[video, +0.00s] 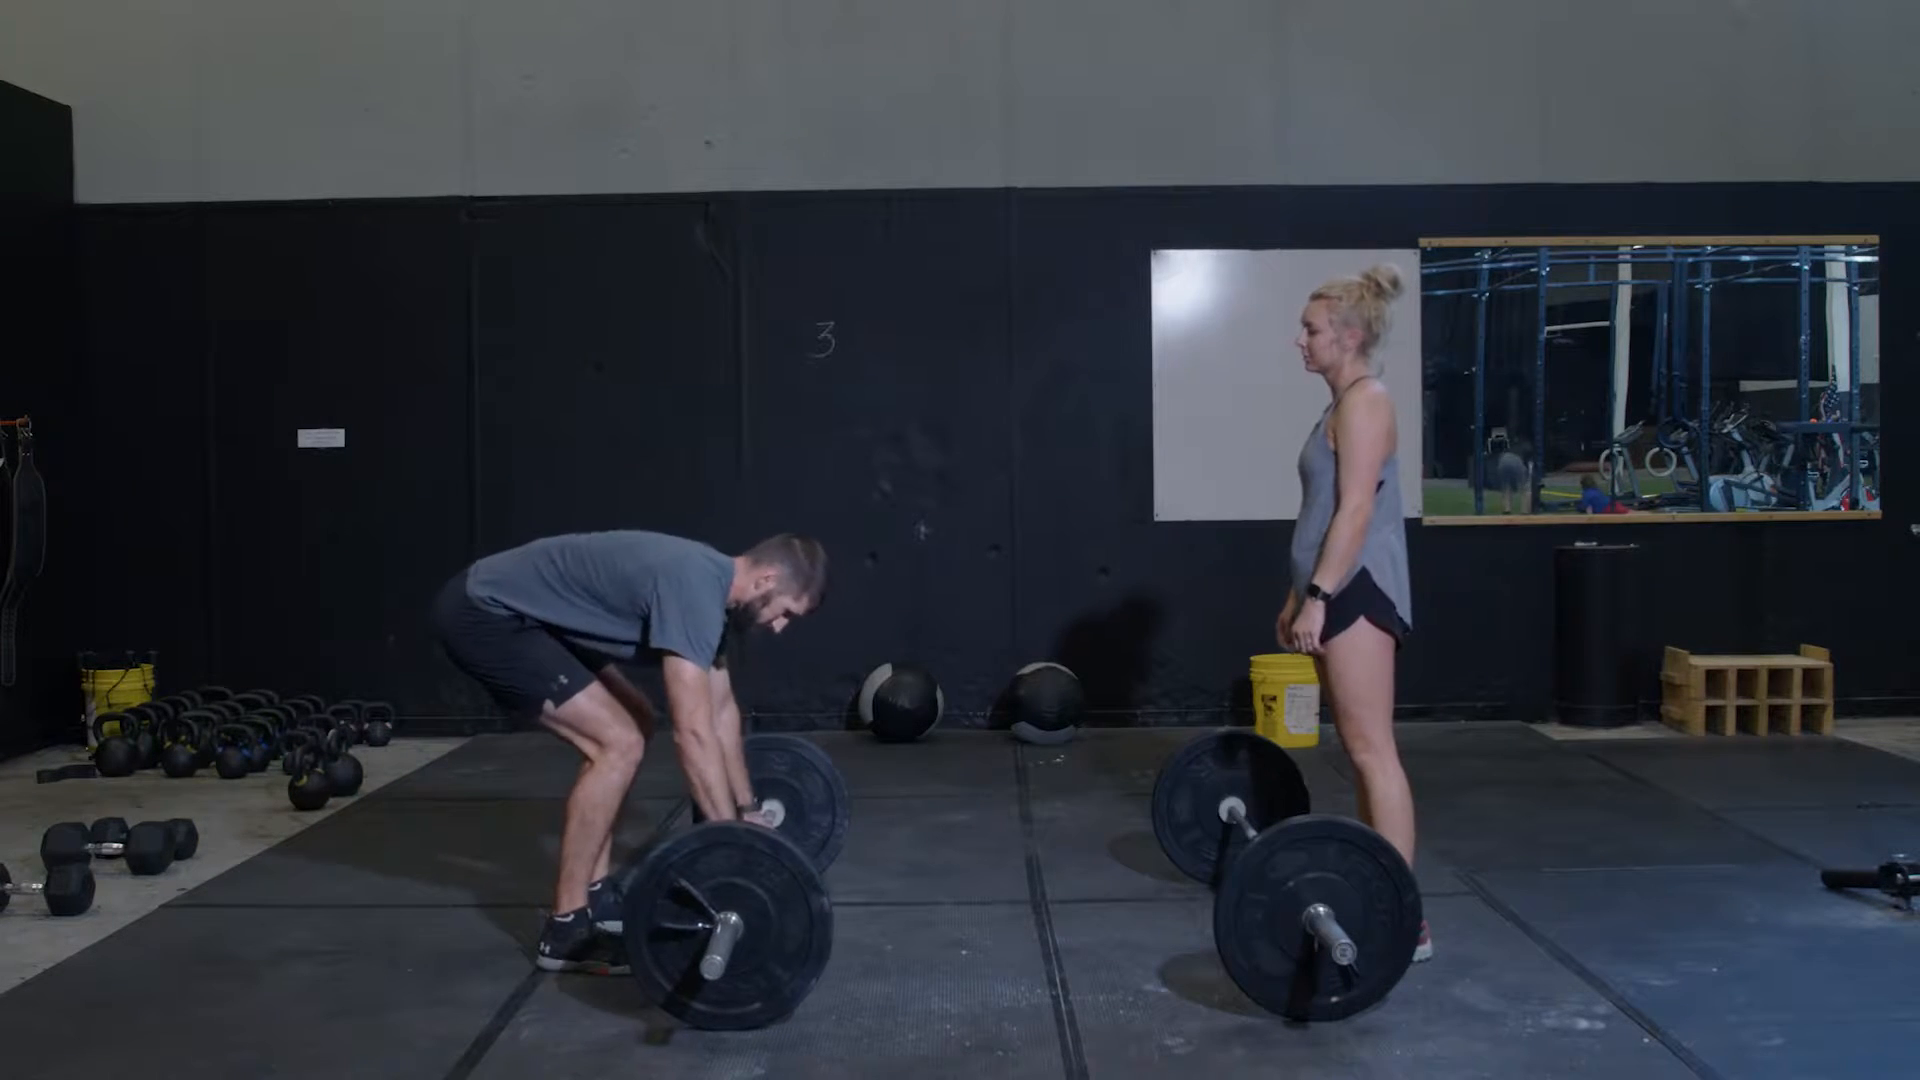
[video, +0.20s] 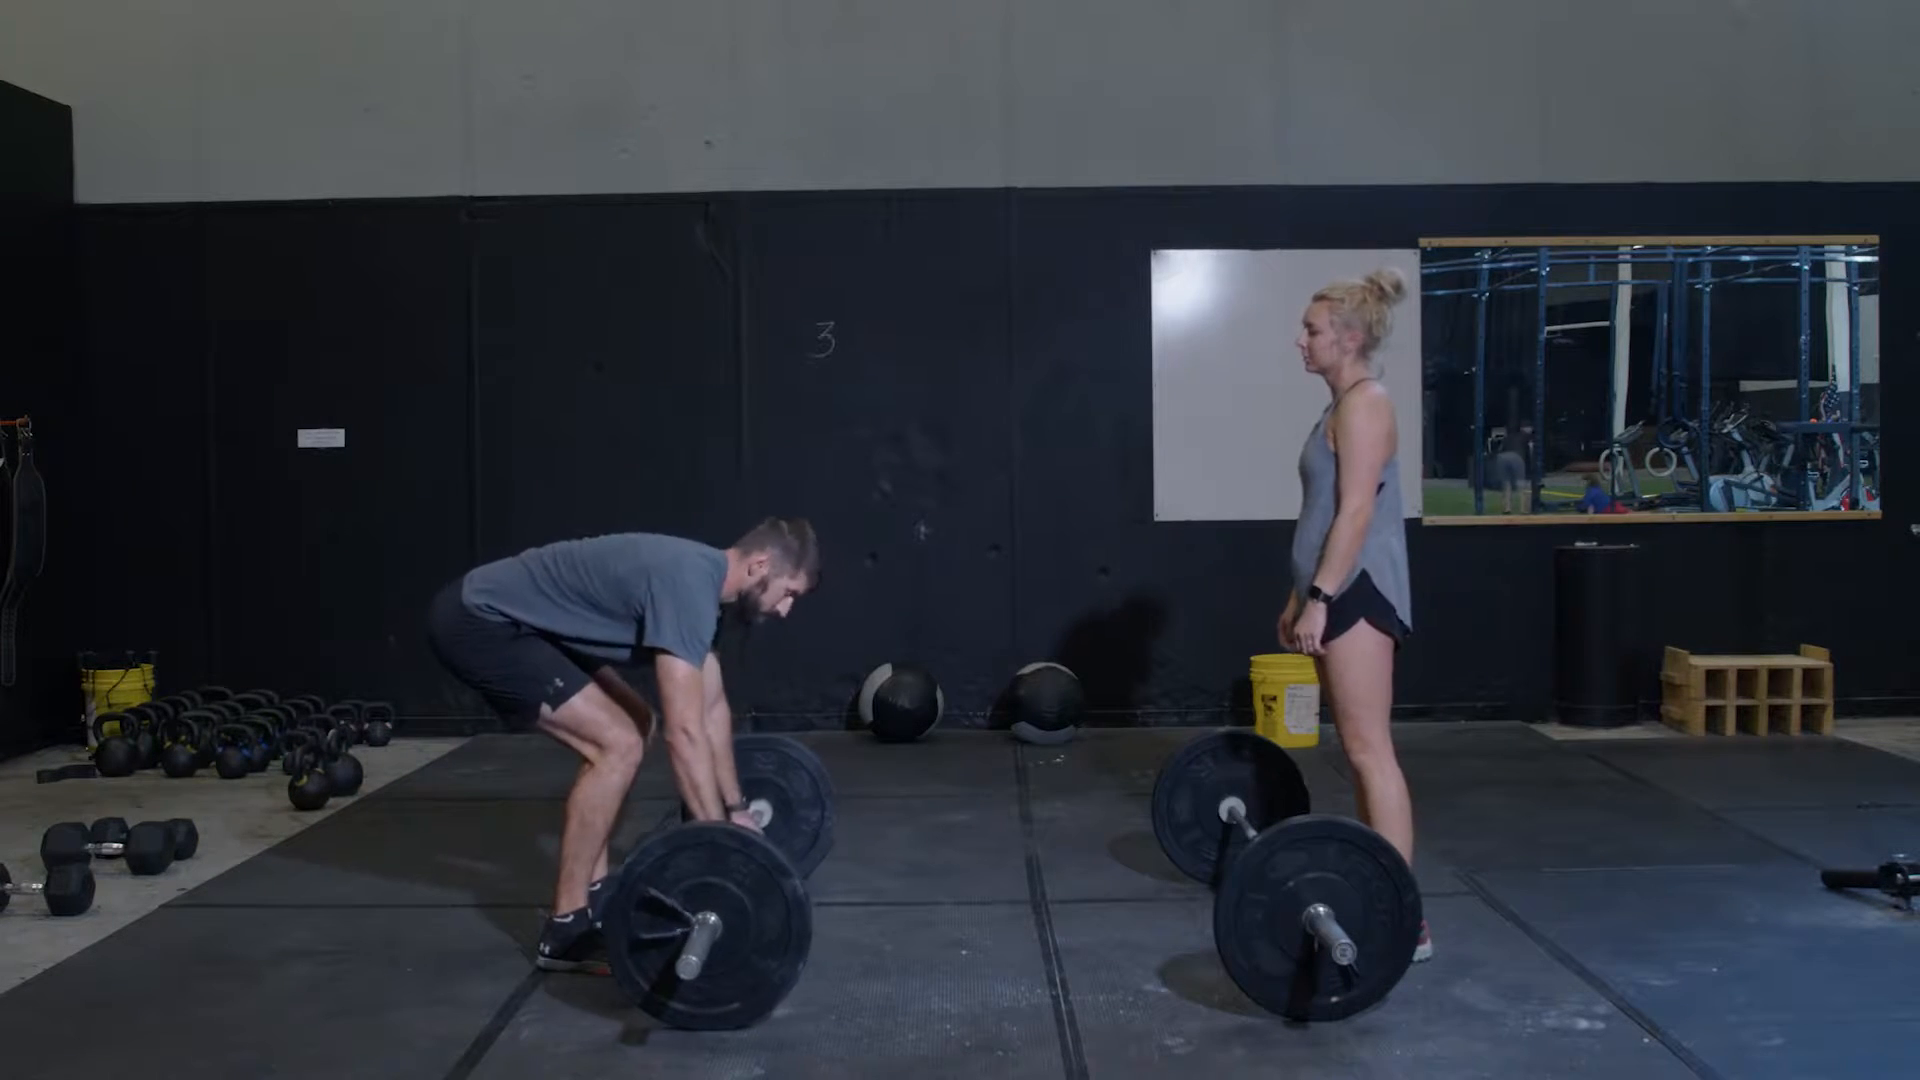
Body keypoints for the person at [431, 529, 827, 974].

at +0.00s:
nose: (779, 627)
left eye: (790, 620)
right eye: (786, 613)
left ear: (763, 576)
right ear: (764, 580)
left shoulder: (714, 590)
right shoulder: (694, 585)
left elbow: (722, 710)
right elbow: (691, 730)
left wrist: (746, 808)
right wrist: (729, 837)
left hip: (521, 612)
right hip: (486, 614)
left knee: (633, 725)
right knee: (618, 746)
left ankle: (595, 891)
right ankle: (565, 923)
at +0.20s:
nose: (786, 608)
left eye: (795, 599)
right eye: (790, 593)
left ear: (756, 565)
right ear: (758, 567)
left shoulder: (703, 585)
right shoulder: (687, 583)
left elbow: (713, 705)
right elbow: (682, 730)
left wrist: (734, 807)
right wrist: (716, 837)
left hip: (517, 616)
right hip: (481, 620)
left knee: (634, 722)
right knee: (618, 747)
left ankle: (595, 888)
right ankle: (566, 922)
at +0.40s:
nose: (802, 561)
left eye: (804, 547)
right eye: (797, 545)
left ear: (755, 541)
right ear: (756, 539)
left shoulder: (707, 582)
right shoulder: (691, 578)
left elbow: (703, 701)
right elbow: (675, 725)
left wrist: (707, 806)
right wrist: (690, 834)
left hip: (529, 628)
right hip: (486, 630)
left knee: (657, 724)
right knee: (625, 750)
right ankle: (566, 922)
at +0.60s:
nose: (801, 546)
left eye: (801, 530)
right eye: (792, 529)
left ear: (750, 529)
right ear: (751, 528)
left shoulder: (709, 583)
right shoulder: (692, 576)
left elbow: (697, 703)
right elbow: (668, 726)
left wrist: (680, 813)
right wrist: (662, 842)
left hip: (537, 635)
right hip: (490, 639)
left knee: (662, 729)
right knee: (634, 751)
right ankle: (580, 896)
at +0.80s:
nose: (796, 545)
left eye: (795, 530)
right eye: (787, 529)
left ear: (745, 531)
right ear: (745, 529)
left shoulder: (709, 590)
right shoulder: (687, 577)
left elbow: (693, 705)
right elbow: (662, 726)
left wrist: (673, 819)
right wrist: (653, 843)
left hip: (537, 638)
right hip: (489, 639)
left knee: (663, 727)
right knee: (632, 749)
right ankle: (583, 896)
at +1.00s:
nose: (790, 520)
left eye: (788, 505)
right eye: (780, 504)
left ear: (738, 506)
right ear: (736, 504)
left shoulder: (700, 567)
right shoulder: (679, 557)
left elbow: (684, 685)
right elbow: (652, 708)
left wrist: (675, 792)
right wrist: (655, 818)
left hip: (529, 620)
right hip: (485, 618)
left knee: (644, 721)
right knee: (616, 745)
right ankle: (575, 889)